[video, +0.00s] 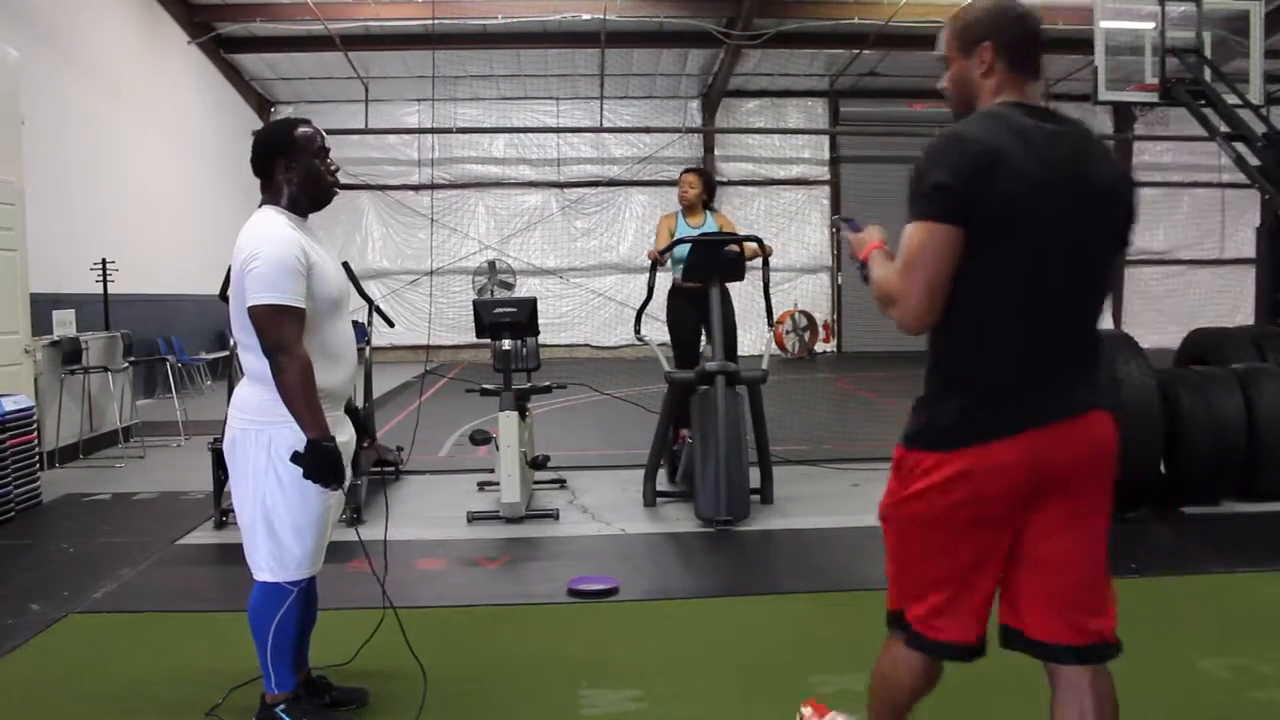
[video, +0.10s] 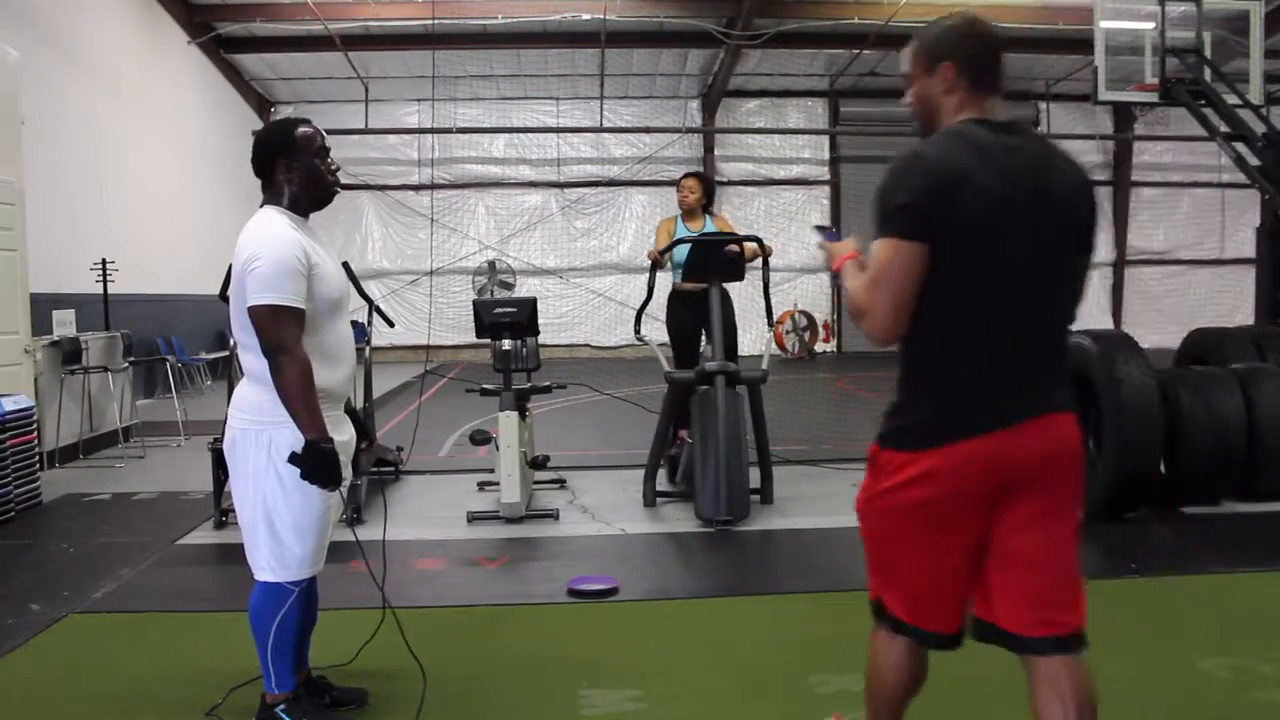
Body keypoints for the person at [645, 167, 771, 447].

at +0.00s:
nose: (684, 191)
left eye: (691, 187)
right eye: (681, 186)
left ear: (705, 193)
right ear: (677, 190)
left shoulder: (719, 220)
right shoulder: (668, 221)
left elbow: (740, 249)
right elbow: (664, 250)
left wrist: (758, 250)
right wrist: (657, 255)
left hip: (716, 296)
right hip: (683, 298)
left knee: (727, 358)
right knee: (686, 364)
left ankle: (728, 422)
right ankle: (683, 427)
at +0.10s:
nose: (683, 195)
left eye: (691, 191)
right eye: (681, 191)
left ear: (704, 197)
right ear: (676, 194)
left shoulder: (718, 223)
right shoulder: (668, 225)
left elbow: (745, 250)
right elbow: (661, 255)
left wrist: (754, 250)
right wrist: (656, 256)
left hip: (716, 299)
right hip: (682, 301)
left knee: (728, 361)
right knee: (685, 367)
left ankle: (729, 423)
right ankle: (682, 431)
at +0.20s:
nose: (687, 194)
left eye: (694, 190)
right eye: (684, 189)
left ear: (708, 195)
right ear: (680, 193)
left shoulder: (722, 222)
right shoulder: (671, 224)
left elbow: (741, 253)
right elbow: (664, 260)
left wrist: (758, 250)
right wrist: (656, 257)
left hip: (717, 298)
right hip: (684, 299)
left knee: (727, 360)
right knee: (686, 365)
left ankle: (729, 421)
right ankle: (682, 426)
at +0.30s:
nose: (695, 188)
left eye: (703, 184)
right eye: (693, 183)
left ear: (715, 190)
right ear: (688, 187)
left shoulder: (727, 219)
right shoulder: (678, 217)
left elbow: (742, 252)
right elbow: (666, 251)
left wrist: (760, 251)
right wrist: (658, 255)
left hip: (720, 293)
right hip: (686, 294)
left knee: (726, 357)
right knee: (688, 360)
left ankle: (726, 418)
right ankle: (682, 420)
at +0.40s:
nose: (703, 186)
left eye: (711, 182)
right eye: (700, 181)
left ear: (723, 189)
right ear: (695, 185)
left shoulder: (732, 218)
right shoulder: (683, 214)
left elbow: (747, 252)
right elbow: (670, 247)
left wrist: (754, 252)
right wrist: (660, 254)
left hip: (722, 291)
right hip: (689, 291)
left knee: (723, 357)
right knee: (688, 357)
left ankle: (722, 416)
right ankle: (683, 417)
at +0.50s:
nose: (707, 190)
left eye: (714, 186)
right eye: (704, 184)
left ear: (727, 193)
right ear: (699, 188)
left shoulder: (736, 221)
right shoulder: (687, 217)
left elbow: (752, 254)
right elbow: (671, 251)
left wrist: (738, 252)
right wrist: (660, 254)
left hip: (722, 292)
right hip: (689, 293)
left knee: (723, 355)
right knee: (689, 355)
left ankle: (722, 409)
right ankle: (682, 409)